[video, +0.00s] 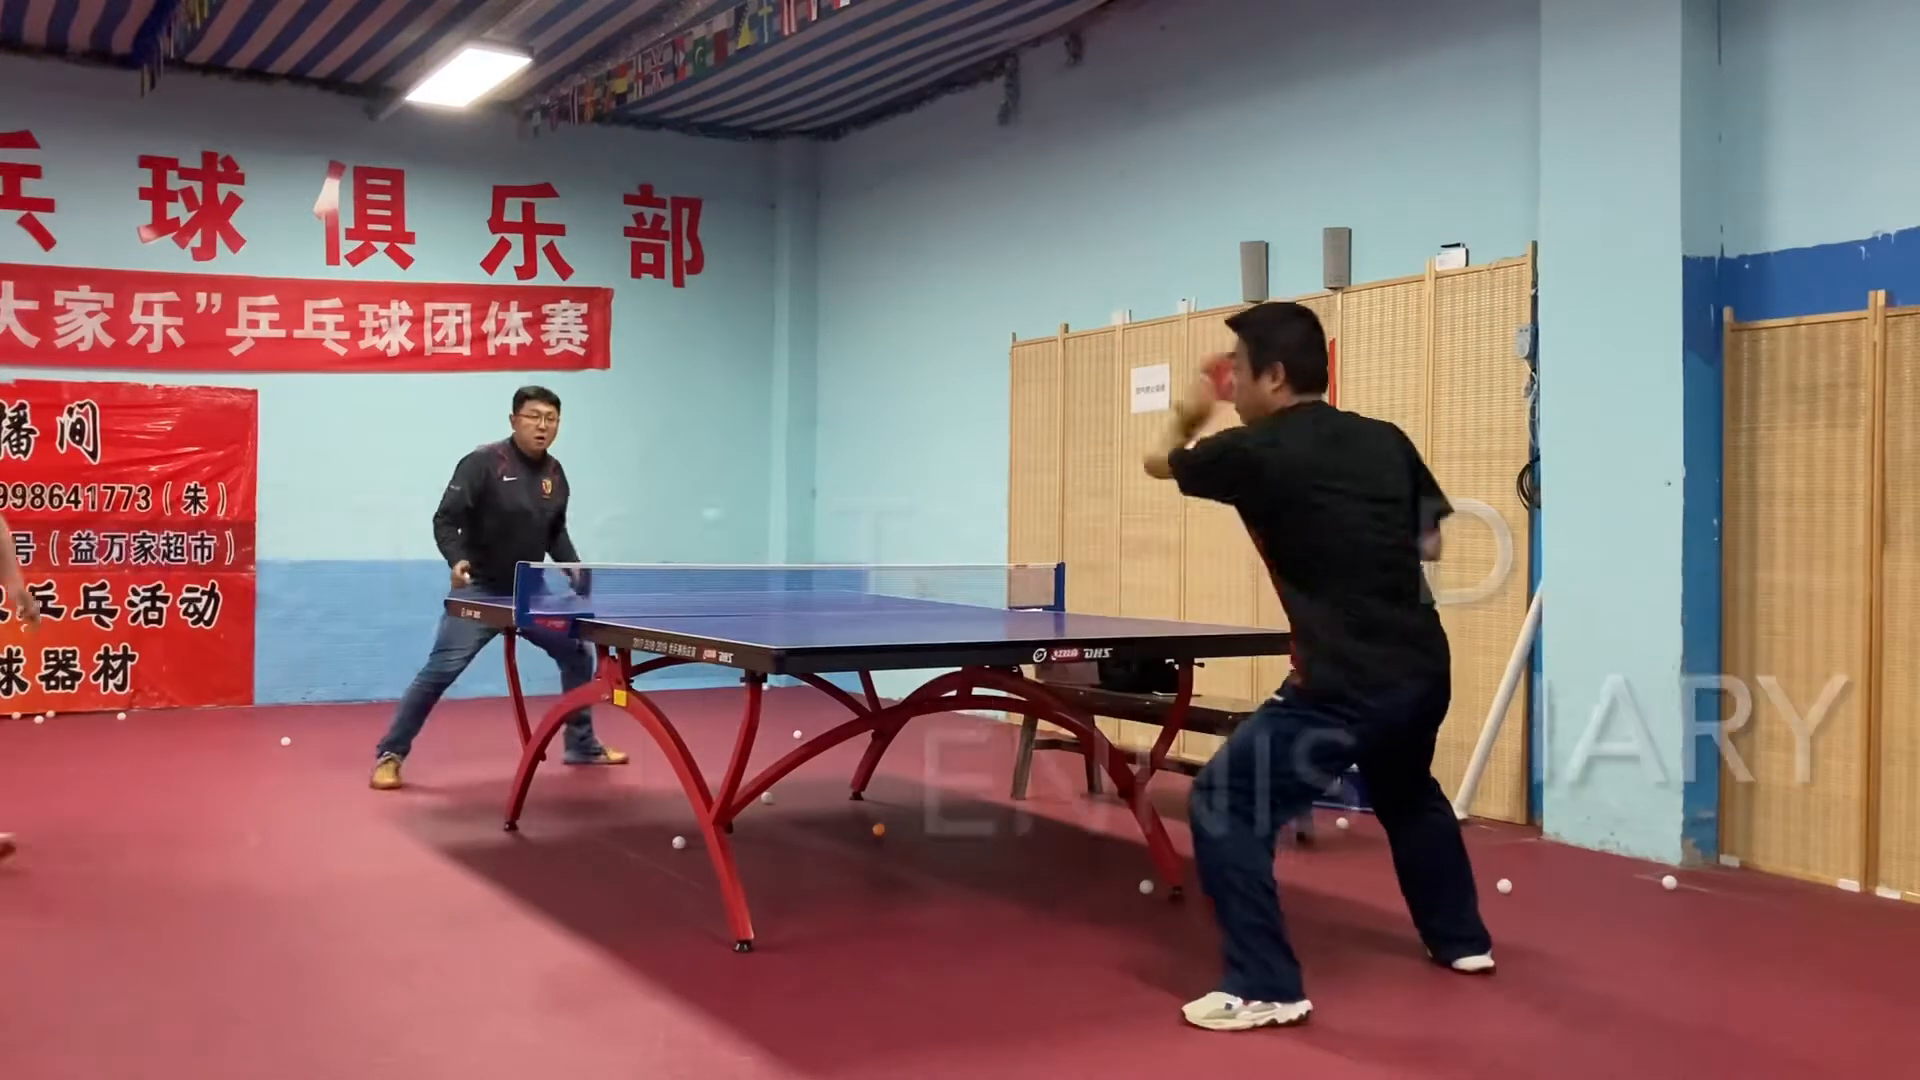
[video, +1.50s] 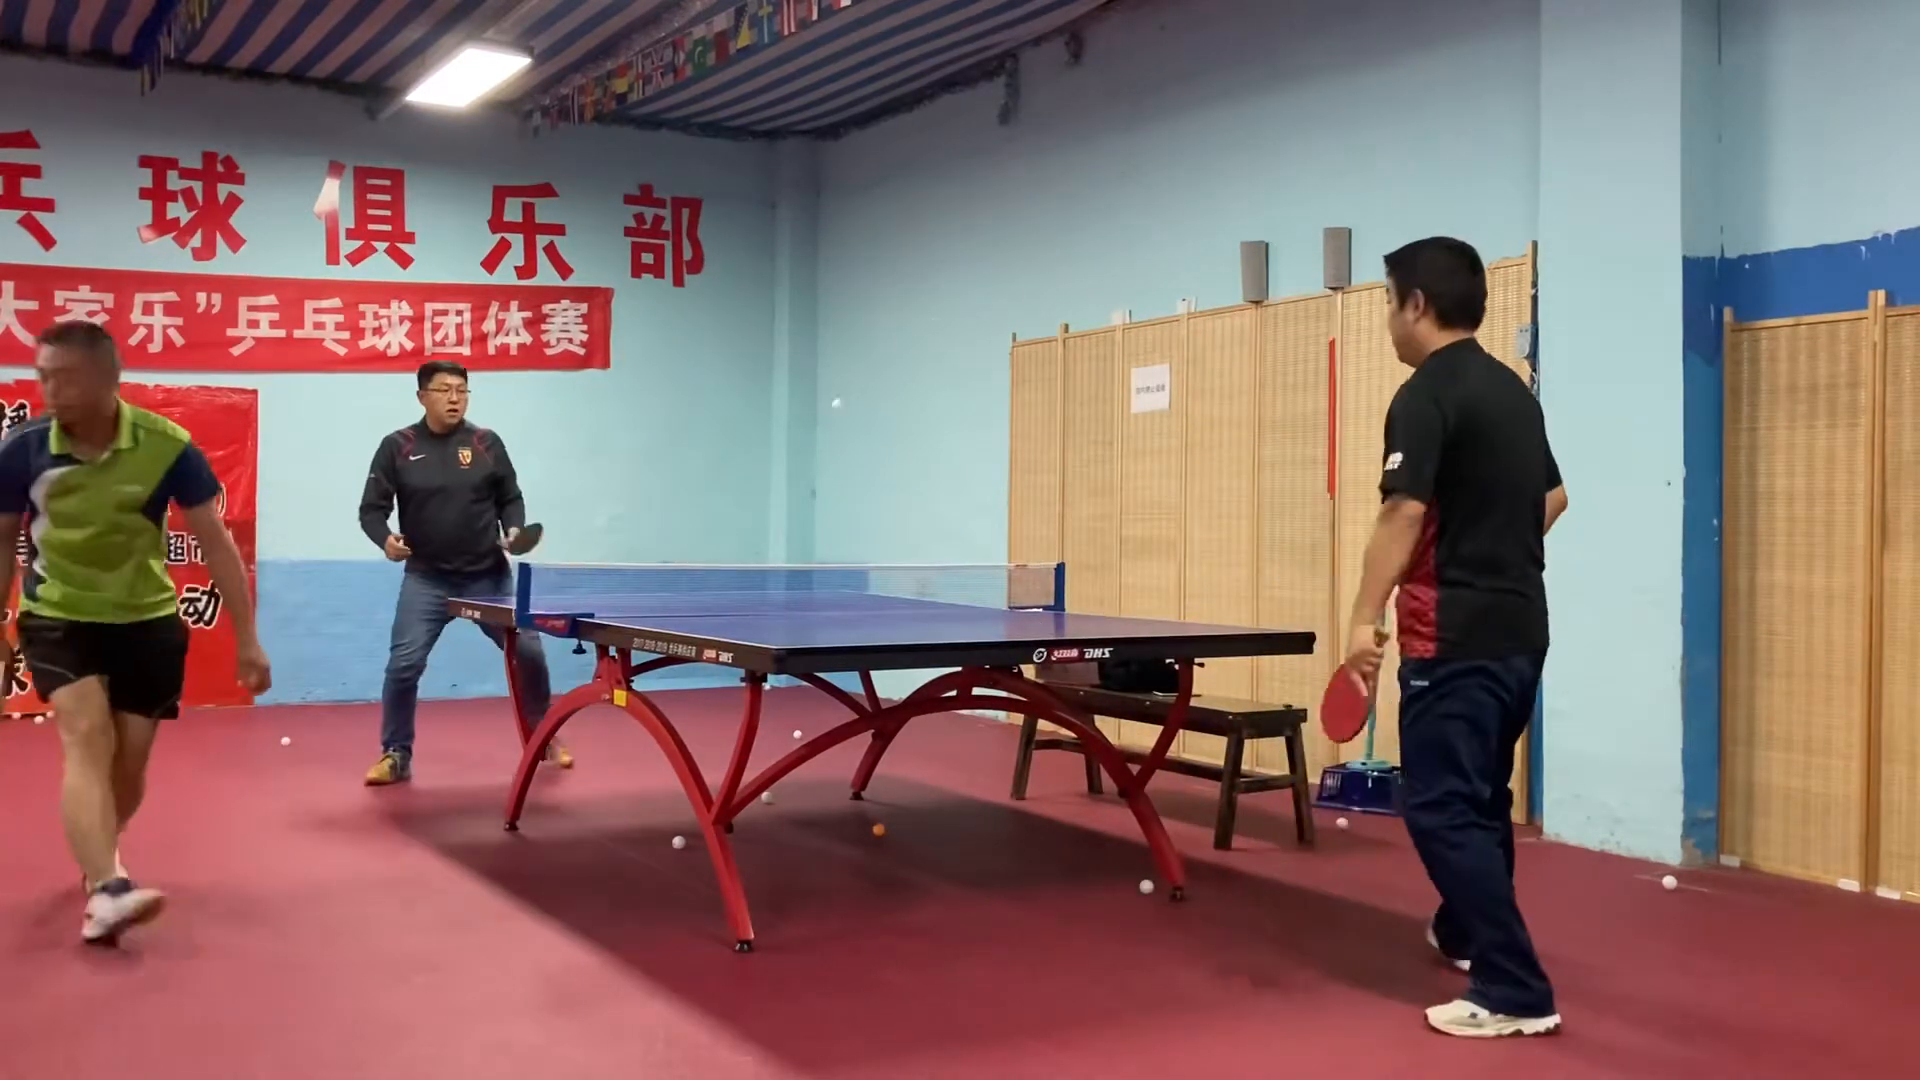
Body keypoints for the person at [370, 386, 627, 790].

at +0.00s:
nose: (543, 426)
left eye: (551, 419)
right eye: (534, 417)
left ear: (558, 427)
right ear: (514, 420)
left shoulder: (554, 473)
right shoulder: (481, 463)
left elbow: (555, 531)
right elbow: (446, 520)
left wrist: (575, 568)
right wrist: (456, 560)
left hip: (529, 591)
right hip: (479, 592)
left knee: (577, 654)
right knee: (440, 670)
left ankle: (582, 747)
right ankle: (390, 756)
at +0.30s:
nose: (537, 423)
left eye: (545, 416)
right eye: (528, 414)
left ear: (555, 420)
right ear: (511, 416)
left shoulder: (560, 465)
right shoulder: (478, 450)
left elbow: (536, 524)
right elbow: (437, 504)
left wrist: (482, 540)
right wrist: (403, 551)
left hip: (525, 572)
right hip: (474, 570)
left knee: (564, 649)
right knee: (443, 651)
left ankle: (580, 744)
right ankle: (403, 748)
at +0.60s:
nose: (484, 418)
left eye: (492, 411)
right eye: (475, 410)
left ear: (500, 415)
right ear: (456, 414)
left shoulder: (516, 459)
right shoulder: (428, 455)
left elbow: (530, 520)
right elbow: (399, 510)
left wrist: (508, 556)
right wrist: (372, 558)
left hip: (504, 577)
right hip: (448, 575)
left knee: (543, 652)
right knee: (424, 656)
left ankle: (571, 745)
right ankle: (398, 752)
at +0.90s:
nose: (507, 412)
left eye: (513, 404)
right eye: (497, 404)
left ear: (520, 409)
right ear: (475, 407)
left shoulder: (534, 456)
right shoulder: (446, 453)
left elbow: (554, 514)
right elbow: (424, 515)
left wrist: (547, 568)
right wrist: (416, 565)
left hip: (521, 579)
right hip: (465, 578)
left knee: (548, 658)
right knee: (435, 663)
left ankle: (557, 742)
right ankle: (401, 750)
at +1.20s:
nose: (506, 408)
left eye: (511, 400)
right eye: (496, 399)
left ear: (518, 406)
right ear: (474, 405)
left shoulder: (528, 452)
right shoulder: (446, 454)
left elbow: (550, 510)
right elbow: (426, 522)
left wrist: (562, 558)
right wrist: (438, 564)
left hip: (521, 579)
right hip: (465, 579)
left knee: (543, 655)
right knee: (431, 662)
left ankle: (557, 741)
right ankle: (402, 750)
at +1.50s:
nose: (454, 399)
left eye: (461, 391)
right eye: (444, 391)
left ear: (469, 397)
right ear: (423, 397)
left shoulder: (487, 443)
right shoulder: (398, 446)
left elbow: (510, 499)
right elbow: (371, 510)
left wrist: (514, 530)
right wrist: (385, 539)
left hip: (488, 577)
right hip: (426, 577)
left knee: (531, 652)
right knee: (403, 664)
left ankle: (543, 738)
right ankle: (396, 754)